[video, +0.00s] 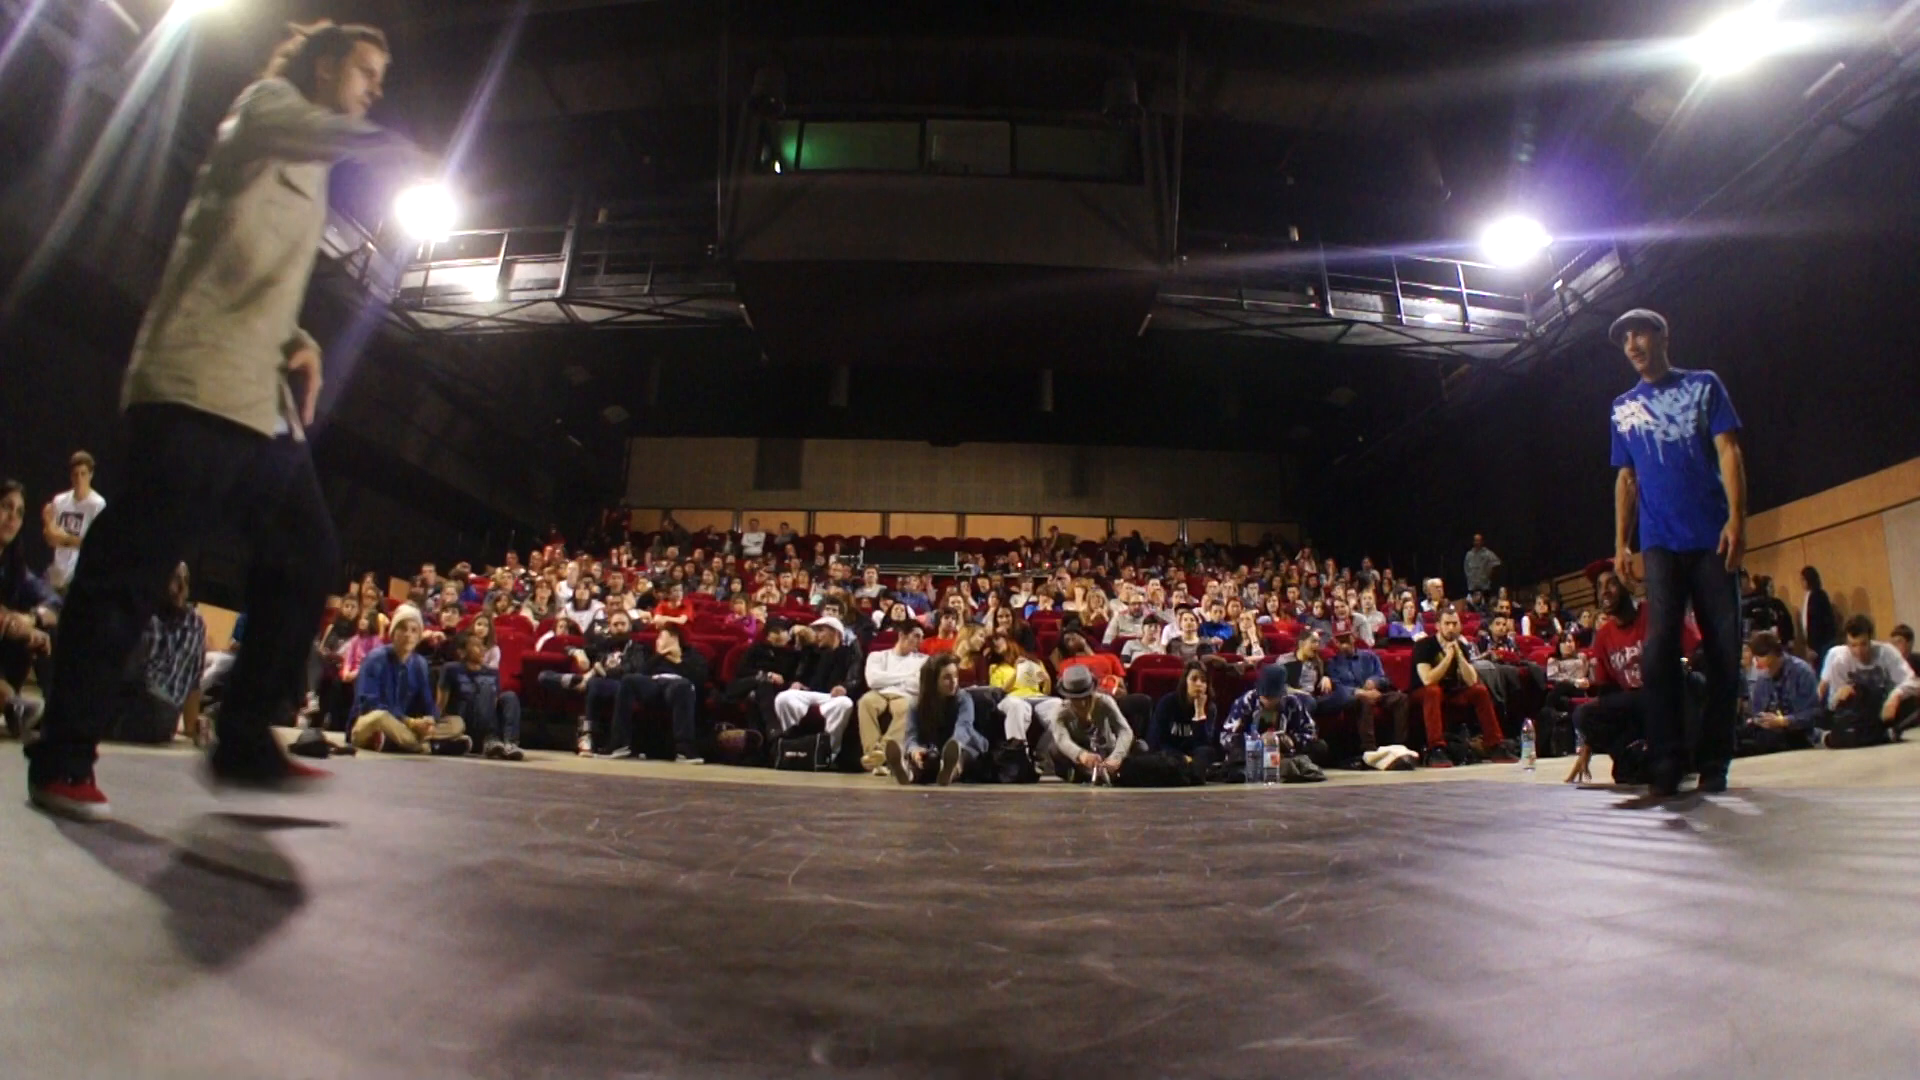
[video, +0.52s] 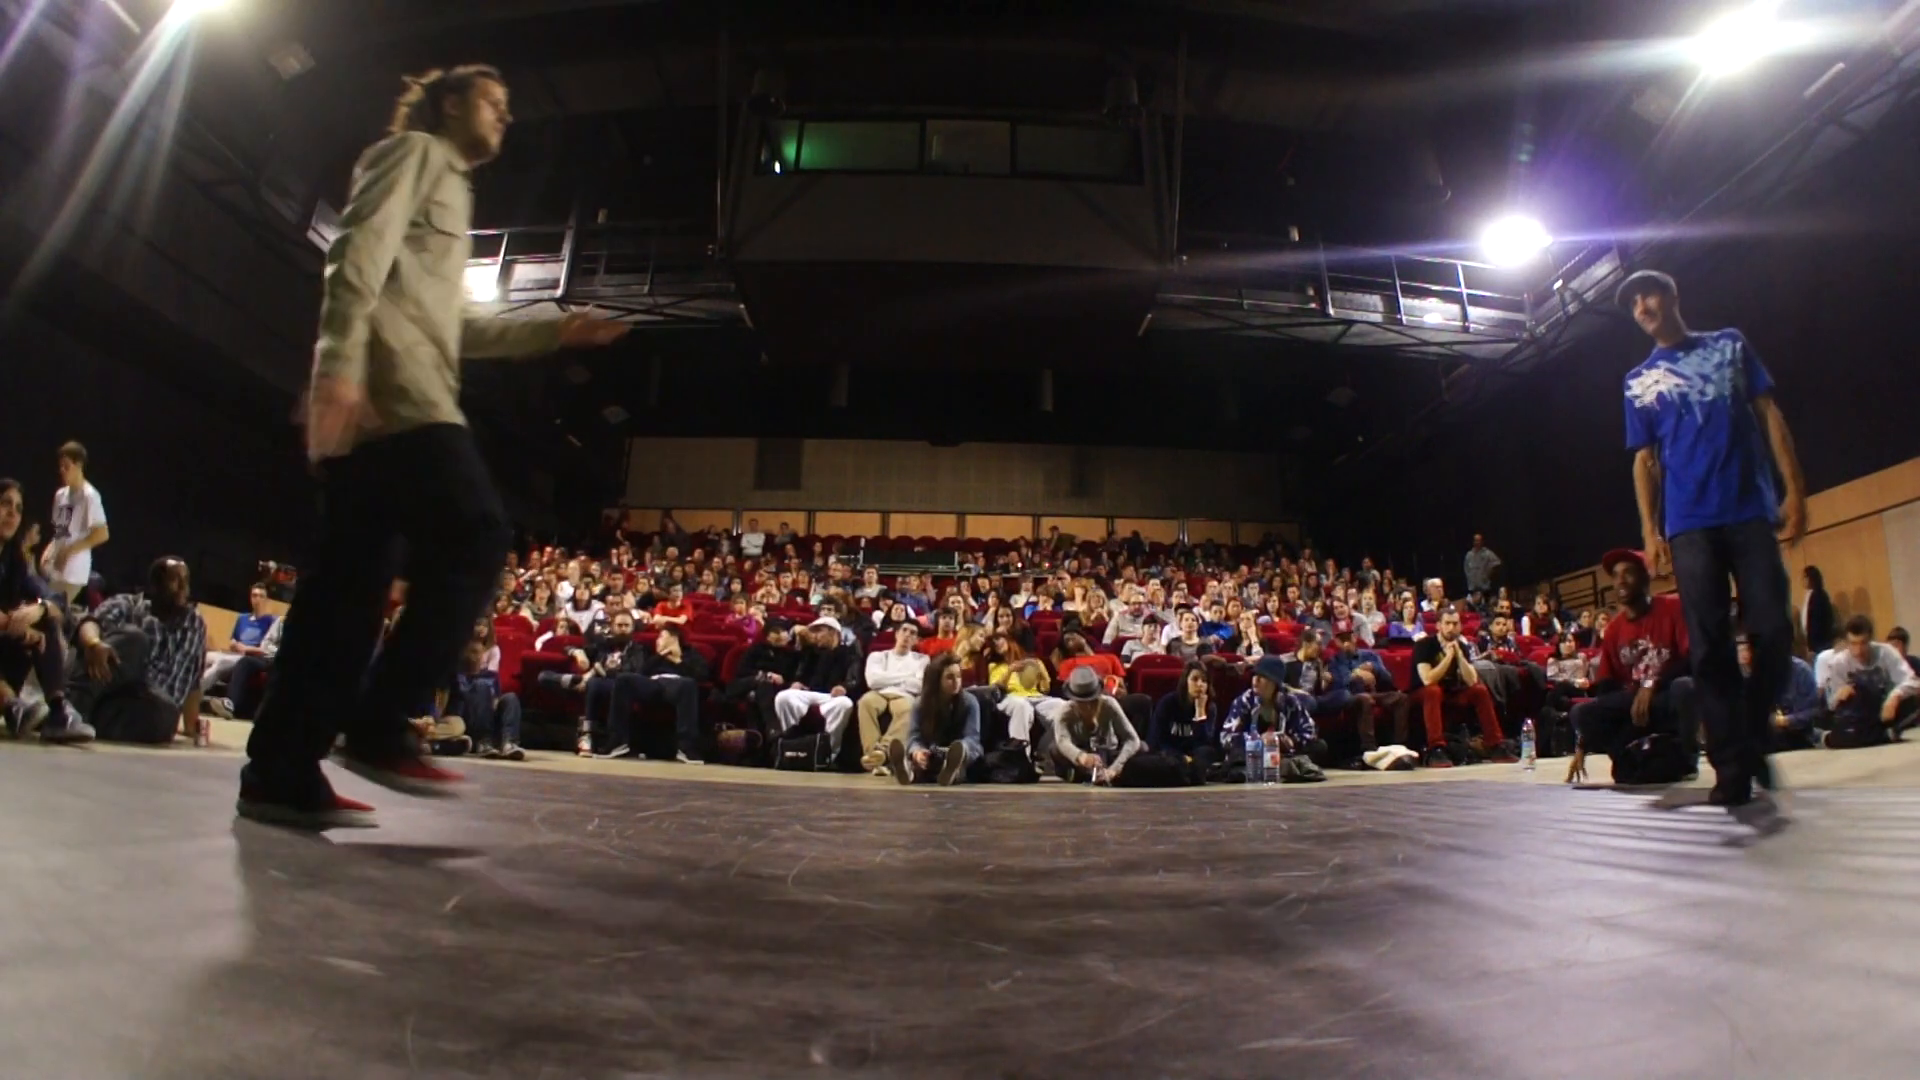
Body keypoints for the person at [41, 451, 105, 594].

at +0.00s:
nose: (79, 479)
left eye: (83, 474)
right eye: (75, 474)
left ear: (90, 475)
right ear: (71, 475)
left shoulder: (98, 505)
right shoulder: (59, 501)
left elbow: (95, 543)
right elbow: (51, 537)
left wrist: (62, 536)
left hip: (81, 572)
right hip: (56, 569)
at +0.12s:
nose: (77, 476)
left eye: (81, 472)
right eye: (73, 471)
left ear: (89, 474)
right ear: (69, 473)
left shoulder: (96, 503)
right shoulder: (56, 498)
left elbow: (98, 543)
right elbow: (44, 520)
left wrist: (64, 541)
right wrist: (46, 537)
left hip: (79, 562)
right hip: (57, 558)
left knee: (67, 619)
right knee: (46, 613)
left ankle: (62, 667)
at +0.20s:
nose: (74, 475)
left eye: (79, 470)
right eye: (71, 470)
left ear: (86, 472)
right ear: (66, 472)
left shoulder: (95, 501)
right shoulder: (54, 496)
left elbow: (100, 542)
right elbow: (43, 527)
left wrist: (66, 547)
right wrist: (47, 543)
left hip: (77, 563)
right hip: (53, 561)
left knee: (66, 611)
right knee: (47, 609)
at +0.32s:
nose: (69, 480)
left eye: (74, 475)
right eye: (66, 475)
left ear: (82, 478)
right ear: (62, 477)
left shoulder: (92, 509)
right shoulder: (50, 504)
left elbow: (97, 551)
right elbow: (41, 540)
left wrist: (66, 565)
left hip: (71, 577)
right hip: (46, 572)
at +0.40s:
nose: (65, 482)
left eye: (70, 478)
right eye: (62, 477)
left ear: (80, 480)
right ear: (59, 480)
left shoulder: (89, 513)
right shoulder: (50, 508)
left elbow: (95, 553)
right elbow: (43, 541)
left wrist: (64, 569)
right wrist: (38, 565)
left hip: (69, 580)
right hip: (44, 575)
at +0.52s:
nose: (62, 471)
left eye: (66, 466)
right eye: (61, 466)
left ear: (79, 465)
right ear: (60, 466)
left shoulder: (90, 495)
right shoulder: (61, 494)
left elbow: (102, 532)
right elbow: (60, 533)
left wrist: (69, 550)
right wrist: (49, 551)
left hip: (75, 568)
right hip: (56, 564)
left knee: (54, 615)